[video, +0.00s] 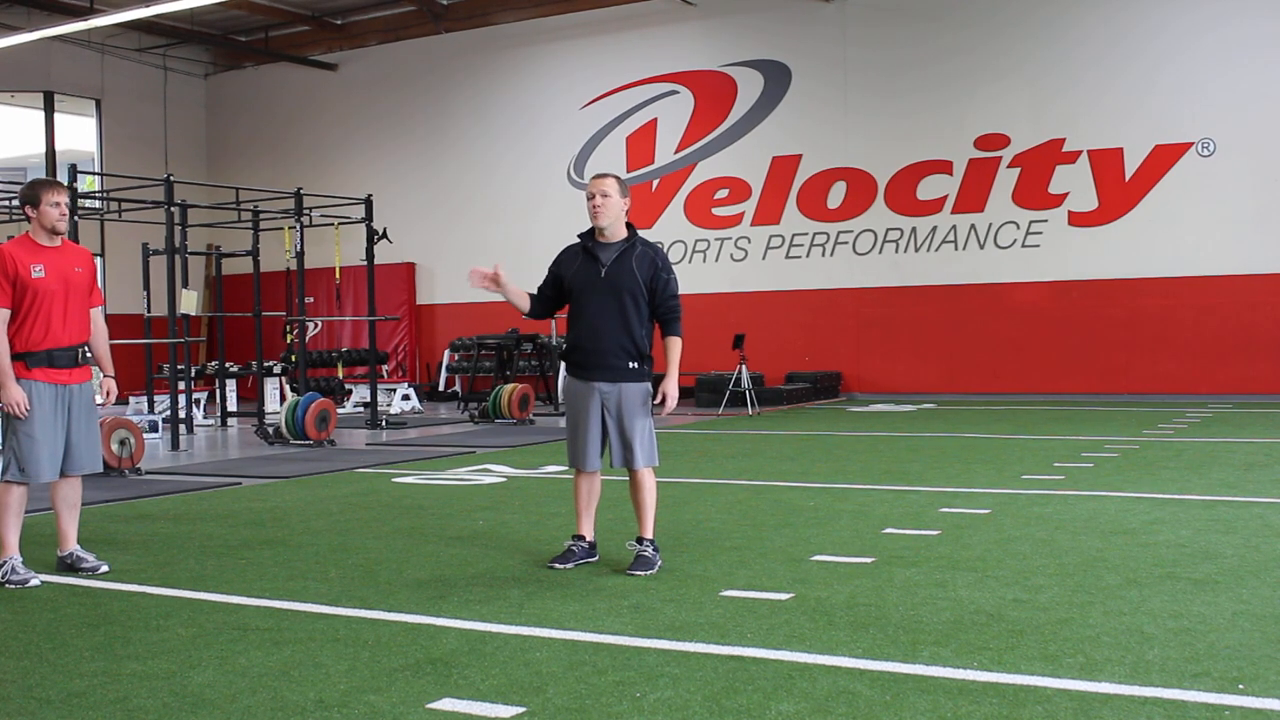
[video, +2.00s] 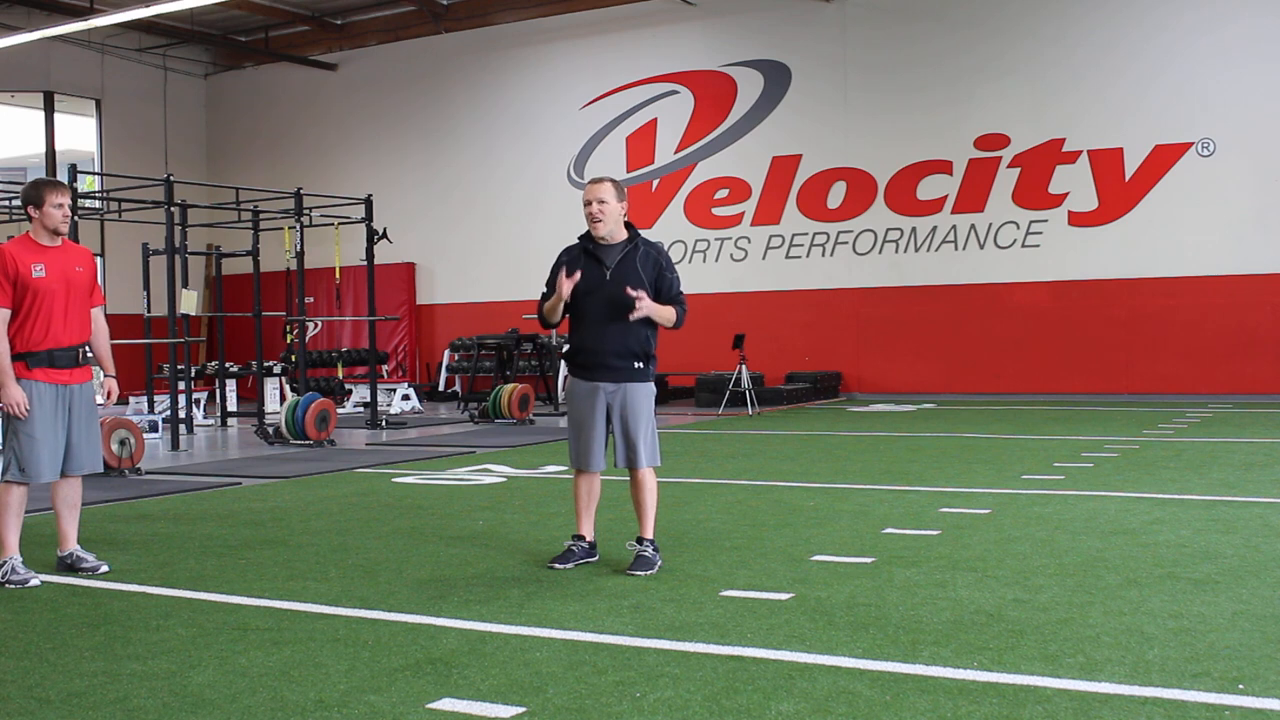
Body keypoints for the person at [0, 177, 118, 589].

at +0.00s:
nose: (64, 211)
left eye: (66, 205)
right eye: (54, 205)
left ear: (69, 210)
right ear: (31, 211)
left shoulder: (83, 257)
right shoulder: (10, 255)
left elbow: (95, 321)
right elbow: (0, 326)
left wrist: (108, 372)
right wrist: (7, 382)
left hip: (76, 377)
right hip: (30, 378)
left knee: (71, 466)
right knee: (18, 473)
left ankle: (69, 551)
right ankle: (9, 559)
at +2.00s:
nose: (66, 213)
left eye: (69, 206)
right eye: (57, 206)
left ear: (70, 210)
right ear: (33, 211)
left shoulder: (84, 257)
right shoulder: (11, 255)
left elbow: (96, 319)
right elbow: (0, 326)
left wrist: (109, 371)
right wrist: (7, 382)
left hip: (77, 376)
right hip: (30, 378)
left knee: (72, 466)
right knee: (18, 473)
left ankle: (69, 551)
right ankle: (9, 560)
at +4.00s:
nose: (67, 214)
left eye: (70, 207)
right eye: (59, 207)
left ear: (72, 211)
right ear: (35, 212)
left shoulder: (85, 257)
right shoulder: (11, 255)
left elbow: (97, 319)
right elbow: (1, 325)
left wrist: (110, 371)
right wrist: (7, 382)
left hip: (78, 377)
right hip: (30, 378)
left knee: (72, 466)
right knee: (19, 473)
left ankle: (69, 551)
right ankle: (9, 559)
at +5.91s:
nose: (66, 216)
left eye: (70, 209)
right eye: (58, 209)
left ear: (73, 212)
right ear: (35, 212)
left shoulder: (85, 257)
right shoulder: (12, 255)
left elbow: (97, 320)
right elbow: (1, 326)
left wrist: (110, 371)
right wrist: (9, 382)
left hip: (78, 377)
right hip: (30, 378)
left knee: (73, 467)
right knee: (19, 473)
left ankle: (69, 551)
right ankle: (10, 559)